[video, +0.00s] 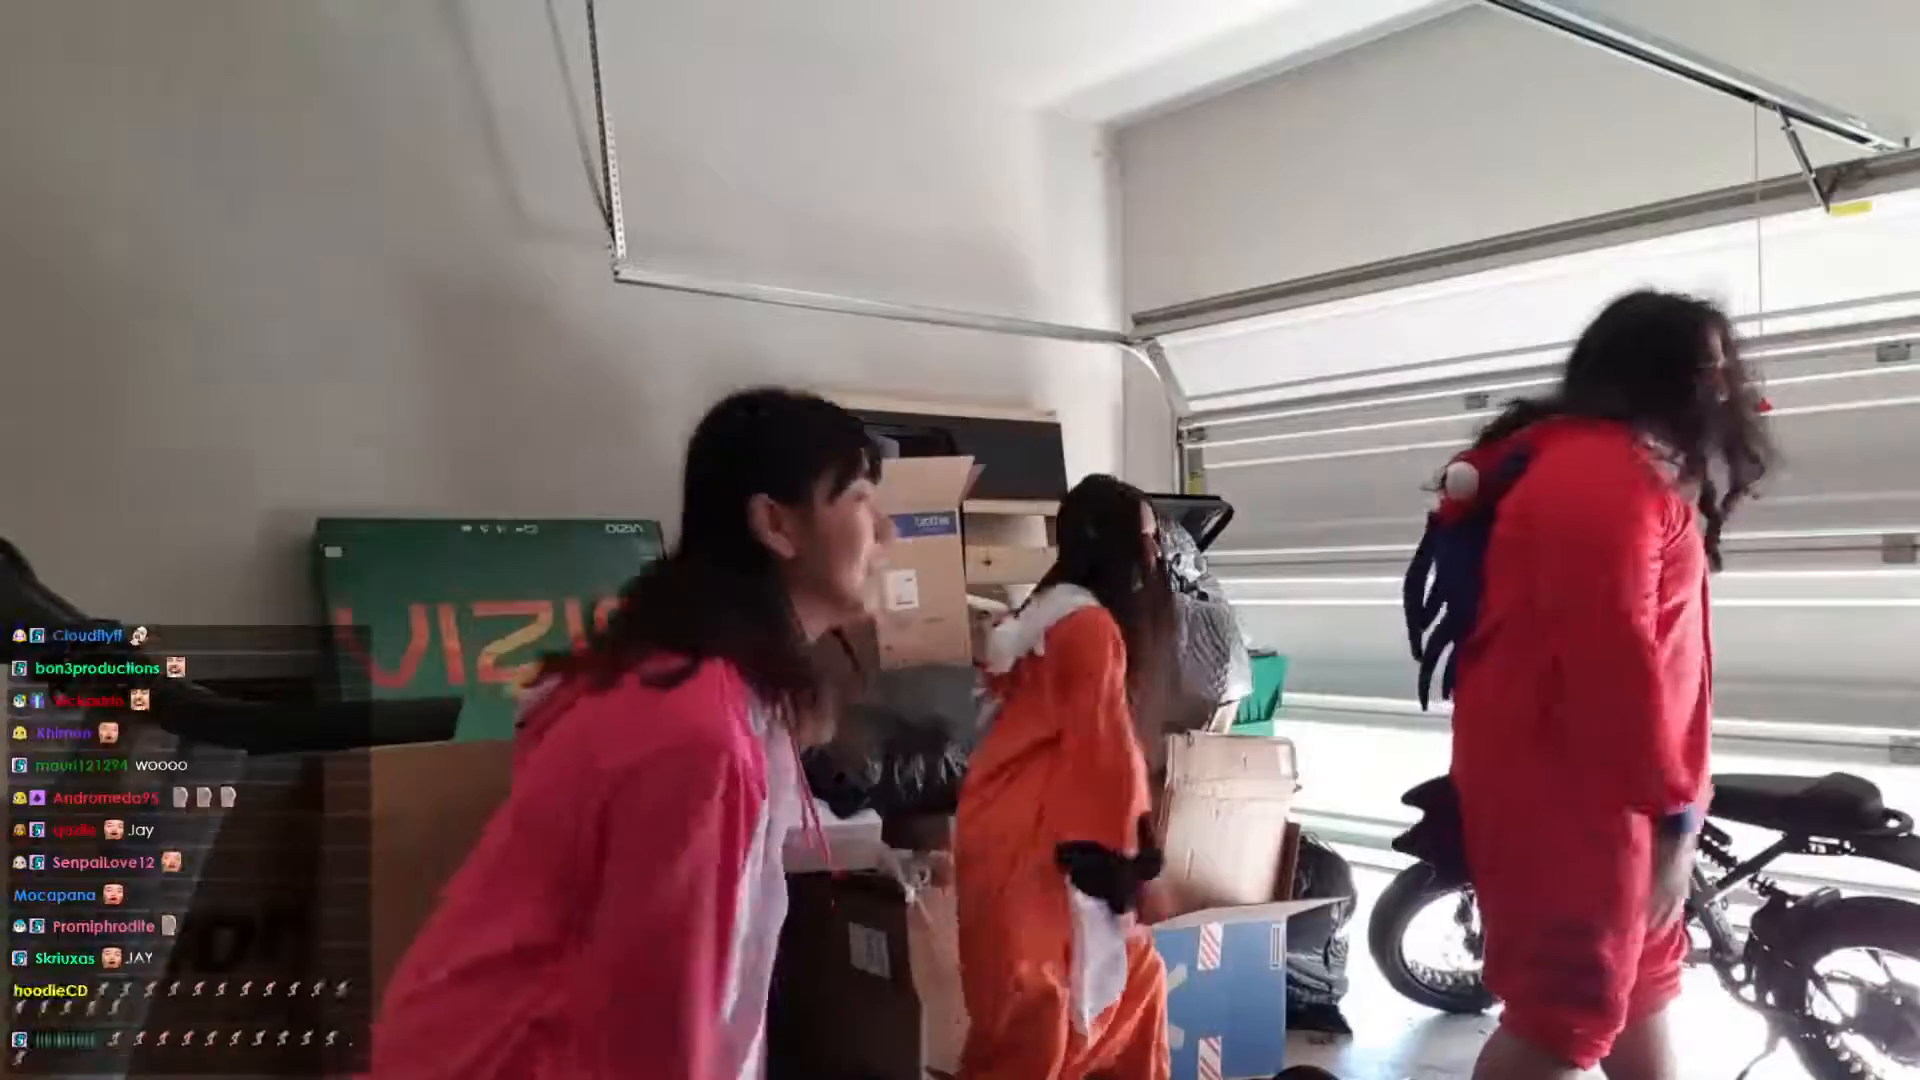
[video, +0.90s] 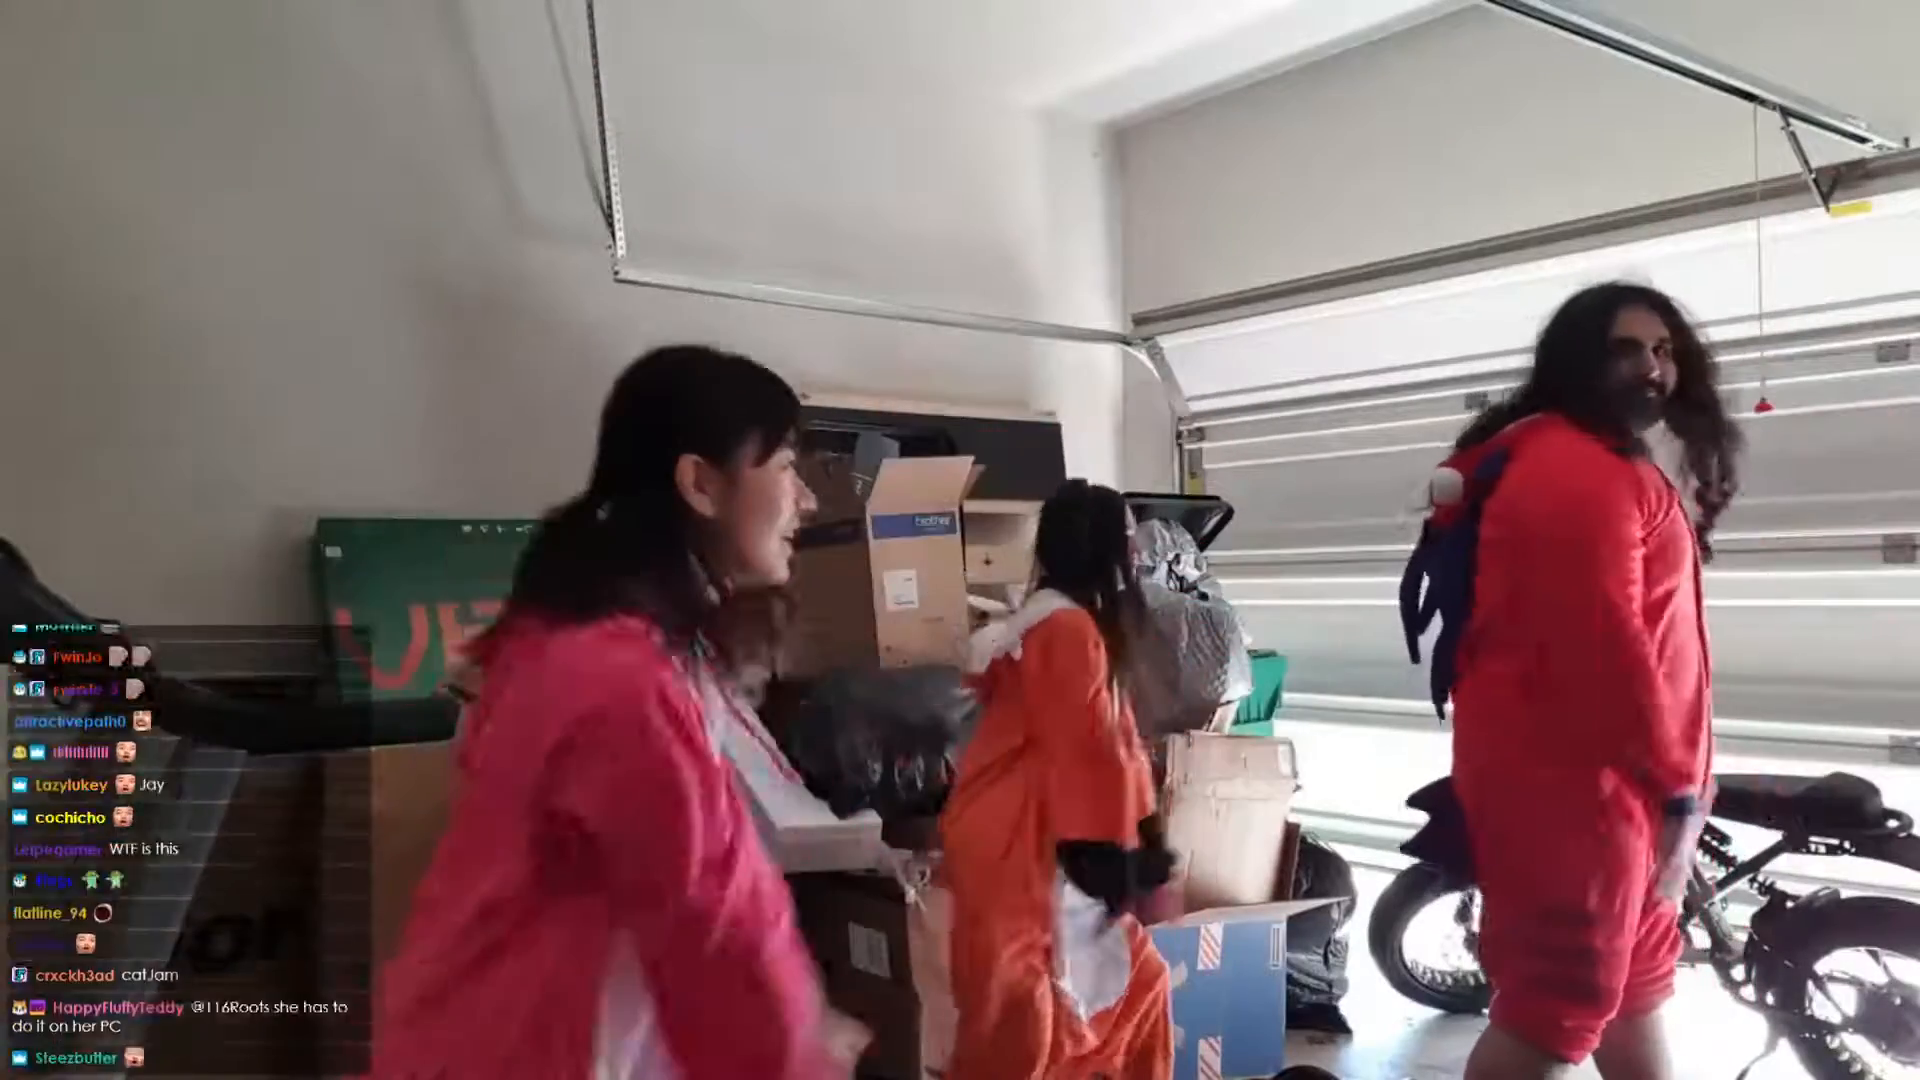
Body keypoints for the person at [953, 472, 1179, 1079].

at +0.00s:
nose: (1157, 552)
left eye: (1155, 537)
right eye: (1149, 537)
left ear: (1080, 539)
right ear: (1119, 545)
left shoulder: (1050, 607)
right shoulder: (1089, 623)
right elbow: (1104, 746)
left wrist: (1135, 841)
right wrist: (1137, 856)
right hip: (1031, 831)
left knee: (1141, 970)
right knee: (1038, 988)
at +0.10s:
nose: (1137, 522)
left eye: (1135, 506)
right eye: (1127, 507)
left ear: (1060, 513)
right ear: (1092, 513)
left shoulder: (1053, 585)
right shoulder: (1075, 594)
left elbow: (1145, 692)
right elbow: (1154, 676)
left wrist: (1234, 743)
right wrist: (1245, 740)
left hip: (1073, 819)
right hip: (1049, 822)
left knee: (1142, 963)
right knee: (1039, 984)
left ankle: (1130, 1075)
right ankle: (1016, 1071)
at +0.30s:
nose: (1123, 539)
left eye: (1123, 526)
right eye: (1116, 528)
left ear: (1038, 539)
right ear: (1096, 537)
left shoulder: (1068, 617)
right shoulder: (1071, 616)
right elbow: (1150, 546)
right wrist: (1193, 449)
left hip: (1138, 813)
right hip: (1095, 821)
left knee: (1193, 971)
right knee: (1080, 976)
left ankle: (1163, 1065)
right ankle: (1036, 1059)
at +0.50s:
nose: (1132, 531)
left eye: (1132, 519)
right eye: (1124, 519)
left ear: (1041, 532)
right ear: (1109, 530)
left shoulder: (1030, 606)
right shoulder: (1067, 603)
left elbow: (986, 693)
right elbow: (1155, 543)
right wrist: (1253, 481)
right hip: (1077, 809)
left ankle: (1174, 1063)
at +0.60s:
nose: (1122, 517)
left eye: (1122, 502)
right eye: (1107, 501)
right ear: (1064, 507)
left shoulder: (1087, 588)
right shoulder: (1060, 589)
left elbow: (1009, 638)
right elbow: (1170, 598)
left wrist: (976, 653)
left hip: (1101, 804)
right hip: (1040, 810)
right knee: (1029, 995)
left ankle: (1147, 1062)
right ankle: (1000, 1067)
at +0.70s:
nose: (1134, 544)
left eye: (1132, 529)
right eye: (1127, 530)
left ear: (1051, 532)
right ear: (1107, 536)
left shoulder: (1061, 601)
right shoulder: (1063, 605)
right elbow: (1141, 677)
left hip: (1066, 810)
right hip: (1012, 808)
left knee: (1102, 957)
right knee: (1010, 954)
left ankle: (1118, 1062)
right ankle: (992, 1063)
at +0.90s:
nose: (1135, 555)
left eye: (1130, 539)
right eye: (1129, 541)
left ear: (1046, 545)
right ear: (1111, 552)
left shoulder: (1052, 620)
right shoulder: (1067, 627)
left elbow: (1118, 741)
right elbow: (1087, 751)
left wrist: (1144, 840)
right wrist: (1123, 867)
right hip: (1015, 849)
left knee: (1144, 975)